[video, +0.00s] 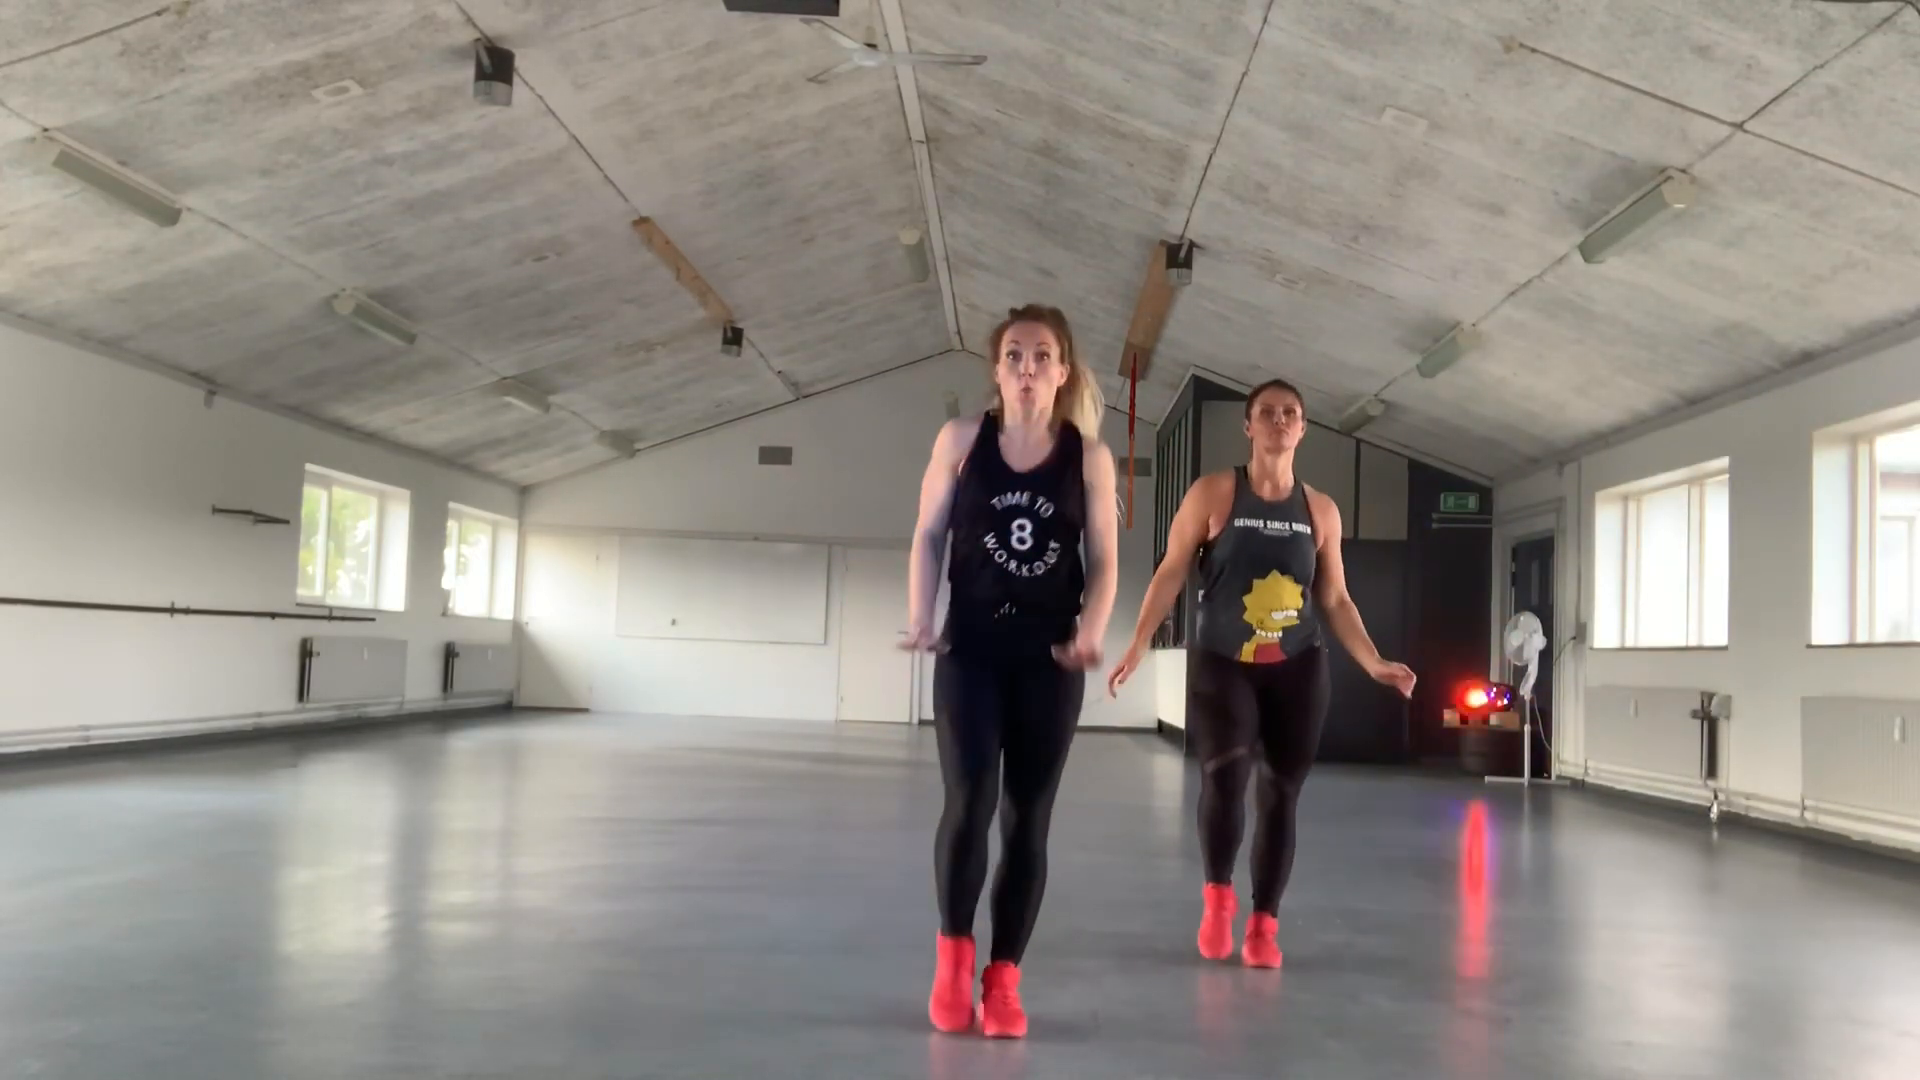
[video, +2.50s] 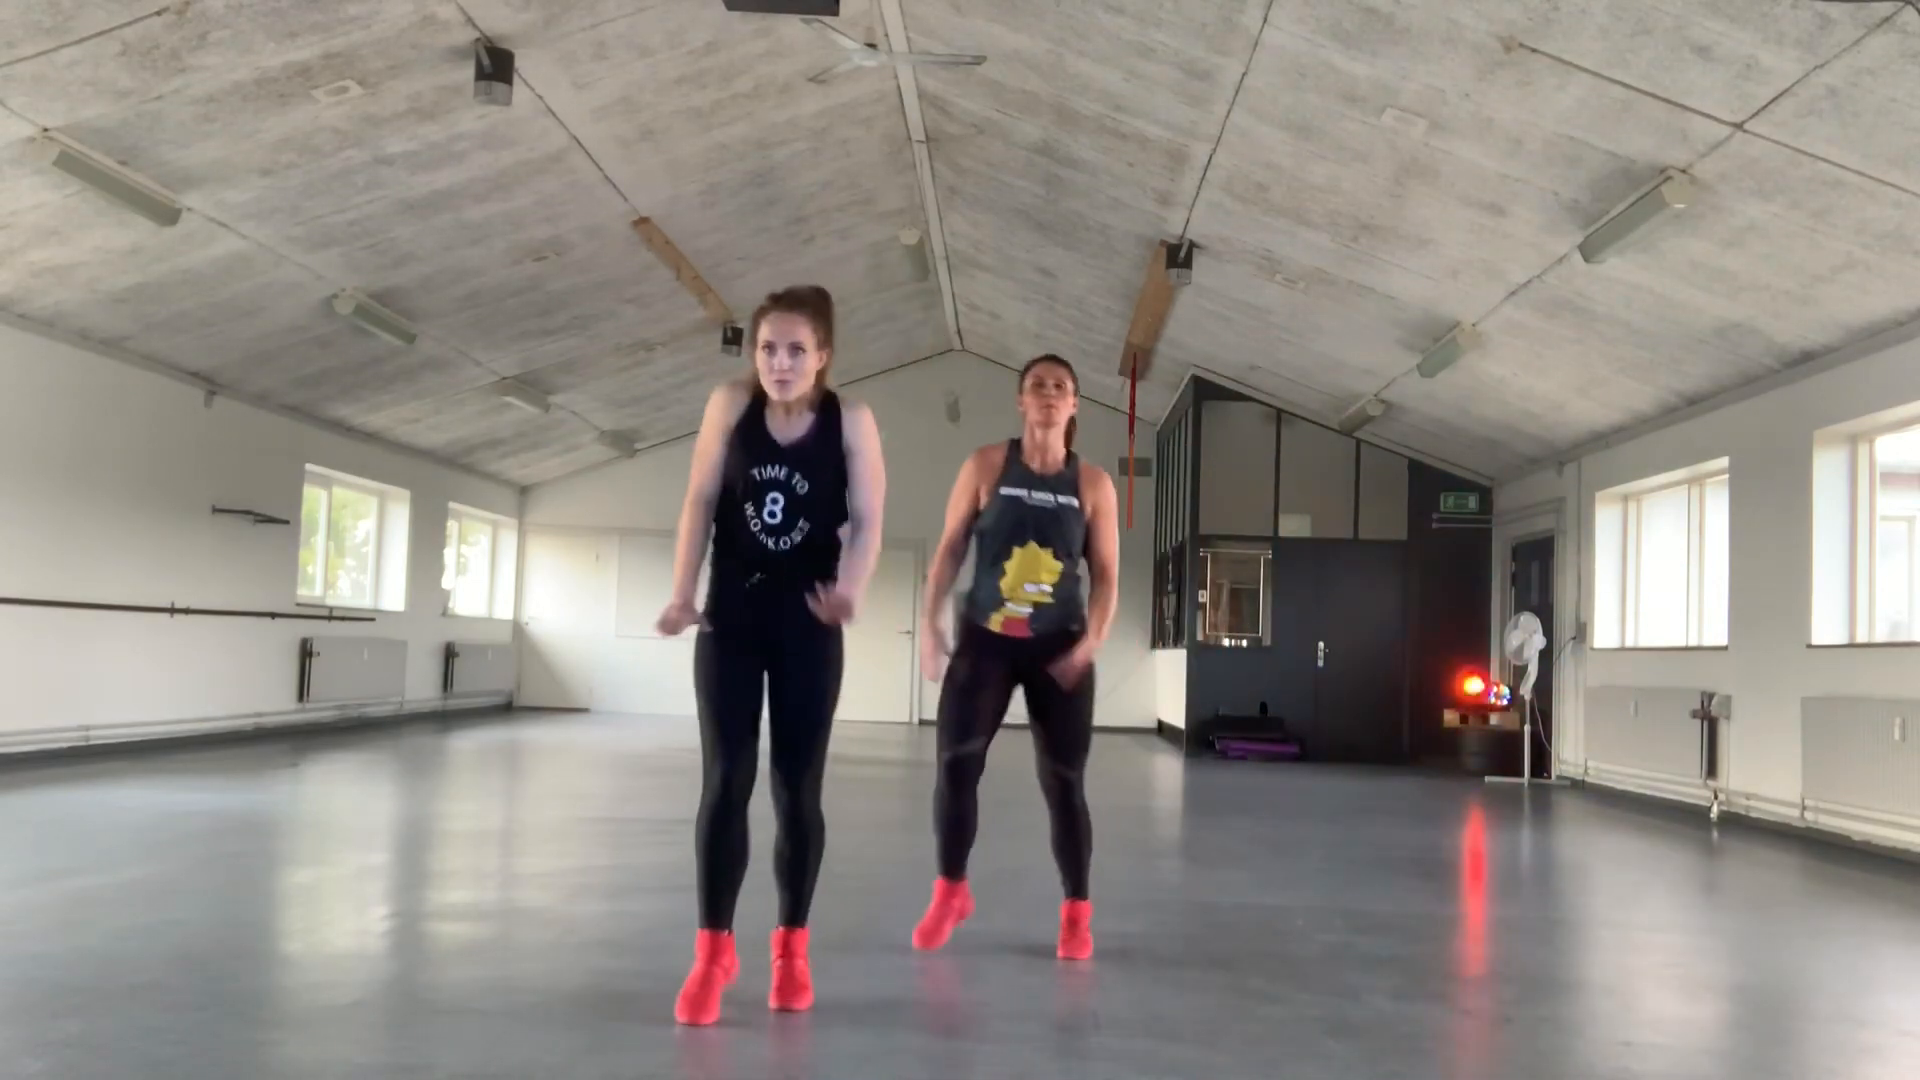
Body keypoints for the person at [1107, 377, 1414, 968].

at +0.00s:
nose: (1280, 422)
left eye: (1290, 414)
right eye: (1269, 413)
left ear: (1304, 429)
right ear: (1249, 427)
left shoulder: (1321, 511)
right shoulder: (1211, 493)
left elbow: (1336, 598)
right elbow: (1170, 572)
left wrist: (1374, 663)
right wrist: (1138, 645)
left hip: (1296, 668)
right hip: (1221, 663)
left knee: (1280, 789)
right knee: (1227, 768)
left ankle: (1265, 922)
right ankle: (1218, 897)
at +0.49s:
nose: (1271, 410)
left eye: (1281, 402)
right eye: (1260, 402)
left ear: (1295, 416)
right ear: (1241, 416)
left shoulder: (1322, 491)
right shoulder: (1210, 483)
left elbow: (1328, 577)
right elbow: (1179, 567)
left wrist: (1327, 653)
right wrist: (1152, 645)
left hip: (1290, 660)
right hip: (1218, 656)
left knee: (1269, 790)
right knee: (1223, 774)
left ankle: (1254, 919)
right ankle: (1208, 904)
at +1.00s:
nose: (1283, 410)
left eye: (1293, 402)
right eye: (1271, 401)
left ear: (1307, 416)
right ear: (1252, 414)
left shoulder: (1328, 499)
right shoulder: (1216, 483)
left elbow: (1332, 588)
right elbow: (1176, 560)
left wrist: (1333, 668)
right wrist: (1166, 622)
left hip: (1290, 658)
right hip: (1217, 652)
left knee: (1271, 783)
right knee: (1223, 765)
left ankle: (1256, 918)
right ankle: (1216, 894)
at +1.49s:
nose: (1272, 444)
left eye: (1282, 437)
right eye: (1260, 436)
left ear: (1294, 456)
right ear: (1239, 451)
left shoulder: (1298, 544)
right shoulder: (1199, 493)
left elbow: (1311, 636)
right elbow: (1147, 545)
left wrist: (1326, 721)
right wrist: (1159, 612)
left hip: (1269, 671)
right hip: (1199, 656)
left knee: (1278, 798)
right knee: (1215, 688)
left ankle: (1284, 921)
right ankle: (1198, 796)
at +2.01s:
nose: (1156, 408)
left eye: (1166, 401)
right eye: (1145, 399)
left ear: (1180, 418)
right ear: (1125, 412)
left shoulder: (1200, 491)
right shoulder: (1092, 474)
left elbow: (1211, 578)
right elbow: (1061, 557)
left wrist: (1213, 660)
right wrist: (1039, 638)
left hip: (1172, 655)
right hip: (1100, 649)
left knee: (1164, 785)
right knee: (1069, 731)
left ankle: (1173, 913)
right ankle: (1071, 858)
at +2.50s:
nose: (1048, 396)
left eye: (1059, 389)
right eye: (1038, 387)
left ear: (1074, 405)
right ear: (1019, 399)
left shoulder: (1093, 484)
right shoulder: (984, 465)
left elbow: (1105, 575)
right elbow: (951, 549)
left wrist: (1090, 639)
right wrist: (930, 619)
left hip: (1060, 646)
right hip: (983, 641)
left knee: (1064, 781)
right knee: (956, 762)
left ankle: (1076, 909)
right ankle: (951, 889)